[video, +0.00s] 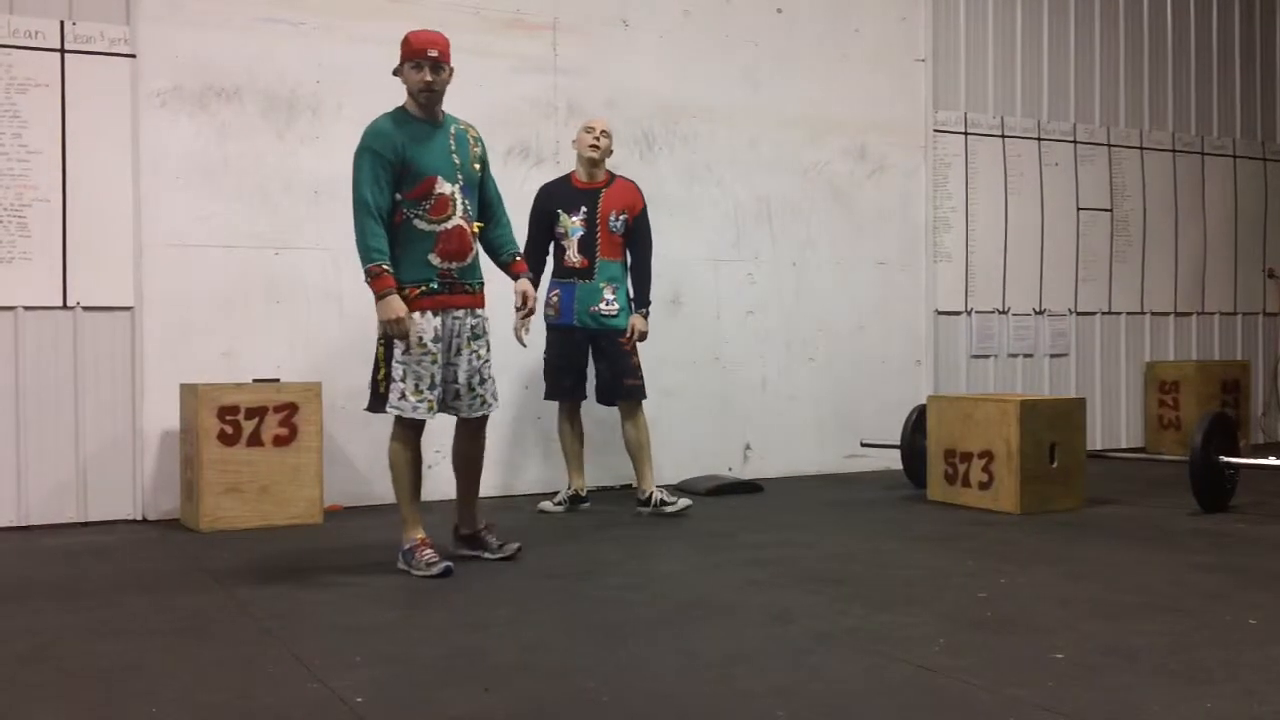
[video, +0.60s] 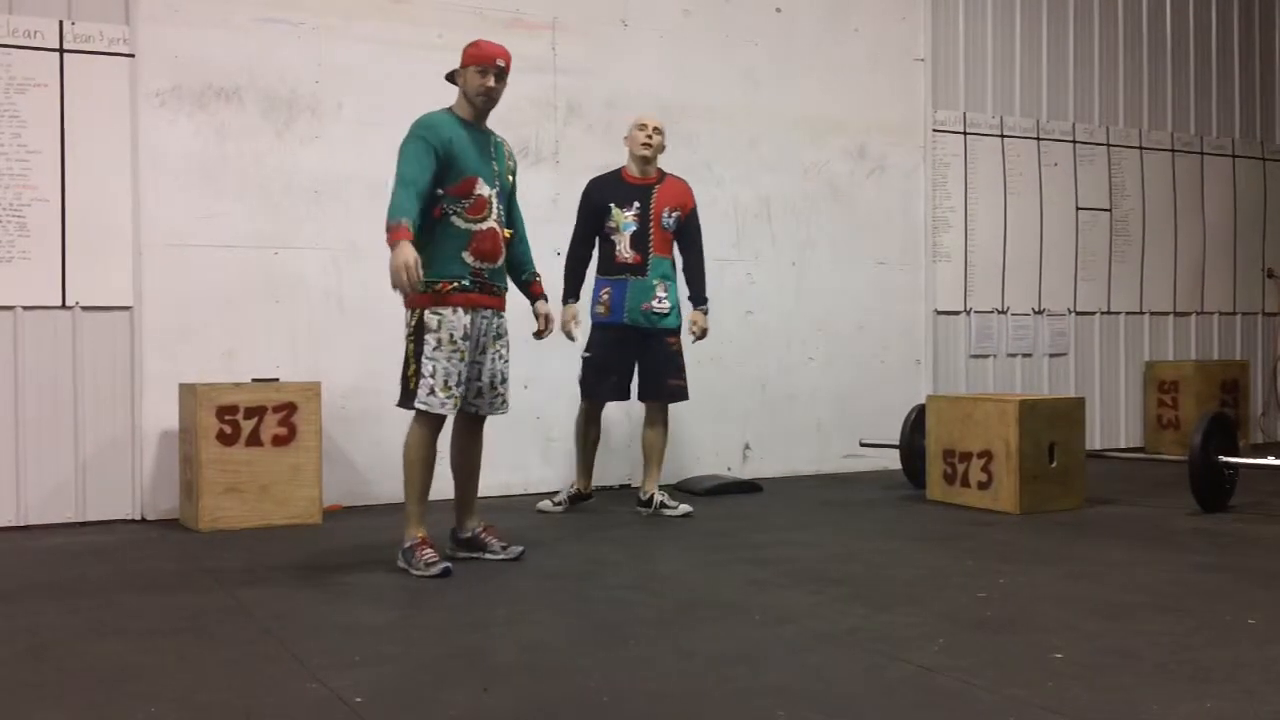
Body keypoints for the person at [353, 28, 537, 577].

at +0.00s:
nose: (428, 75)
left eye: (437, 67)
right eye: (418, 66)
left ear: (449, 74)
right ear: (401, 74)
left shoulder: (468, 138)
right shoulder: (382, 138)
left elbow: (491, 216)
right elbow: (369, 219)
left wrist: (520, 274)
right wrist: (385, 292)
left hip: (467, 302)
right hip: (413, 304)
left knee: (474, 413)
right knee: (410, 419)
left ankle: (469, 528)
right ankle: (413, 539)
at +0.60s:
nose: (491, 80)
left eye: (499, 75)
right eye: (482, 71)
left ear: (506, 85)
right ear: (459, 77)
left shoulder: (501, 150)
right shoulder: (431, 130)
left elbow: (512, 228)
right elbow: (407, 190)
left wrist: (537, 293)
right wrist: (401, 240)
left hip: (489, 302)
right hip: (441, 298)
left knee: (473, 414)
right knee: (430, 413)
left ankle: (467, 526)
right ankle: (415, 536)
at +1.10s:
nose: (505, 91)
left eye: (513, 85)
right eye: (497, 81)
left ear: (518, 95)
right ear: (475, 82)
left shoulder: (512, 154)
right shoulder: (447, 133)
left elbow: (522, 229)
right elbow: (410, 193)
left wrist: (550, 291)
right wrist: (421, 141)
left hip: (496, 293)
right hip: (453, 288)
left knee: (478, 411)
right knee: (461, 407)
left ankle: (468, 528)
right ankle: (421, 529)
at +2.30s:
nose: (445, 70)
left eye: (453, 61)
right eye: (433, 61)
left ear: (462, 66)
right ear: (413, 67)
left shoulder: (477, 133)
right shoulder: (392, 132)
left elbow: (501, 215)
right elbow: (384, 213)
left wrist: (526, 276)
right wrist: (407, 282)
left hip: (478, 300)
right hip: (424, 301)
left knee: (499, 404)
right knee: (418, 419)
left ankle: (472, 518)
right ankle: (432, 544)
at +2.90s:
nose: (440, 62)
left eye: (448, 53)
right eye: (429, 54)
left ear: (460, 62)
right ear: (410, 64)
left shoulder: (482, 132)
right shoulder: (385, 131)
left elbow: (510, 211)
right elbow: (365, 217)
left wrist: (530, 272)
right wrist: (371, 292)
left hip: (474, 299)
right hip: (414, 300)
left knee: (492, 408)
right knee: (415, 418)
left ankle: (445, 507)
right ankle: (430, 544)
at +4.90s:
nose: (472, 102)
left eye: (474, 93)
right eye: (472, 93)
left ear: (444, 78)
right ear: (453, 82)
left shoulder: (440, 126)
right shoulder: (393, 134)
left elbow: (474, 142)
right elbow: (393, 222)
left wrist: (521, 114)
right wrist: (454, 265)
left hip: (451, 296)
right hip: (406, 301)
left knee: (460, 411)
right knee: (402, 419)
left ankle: (451, 529)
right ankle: (399, 547)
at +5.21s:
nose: (461, 99)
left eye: (464, 91)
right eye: (460, 90)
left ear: (433, 77)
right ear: (439, 79)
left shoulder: (434, 124)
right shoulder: (380, 136)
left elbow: (475, 123)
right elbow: (384, 229)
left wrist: (521, 75)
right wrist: (443, 271)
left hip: (447, 296)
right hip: (401, 302)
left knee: (472, 405)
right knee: (399, 419)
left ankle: (452, 525)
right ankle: (400, 549)